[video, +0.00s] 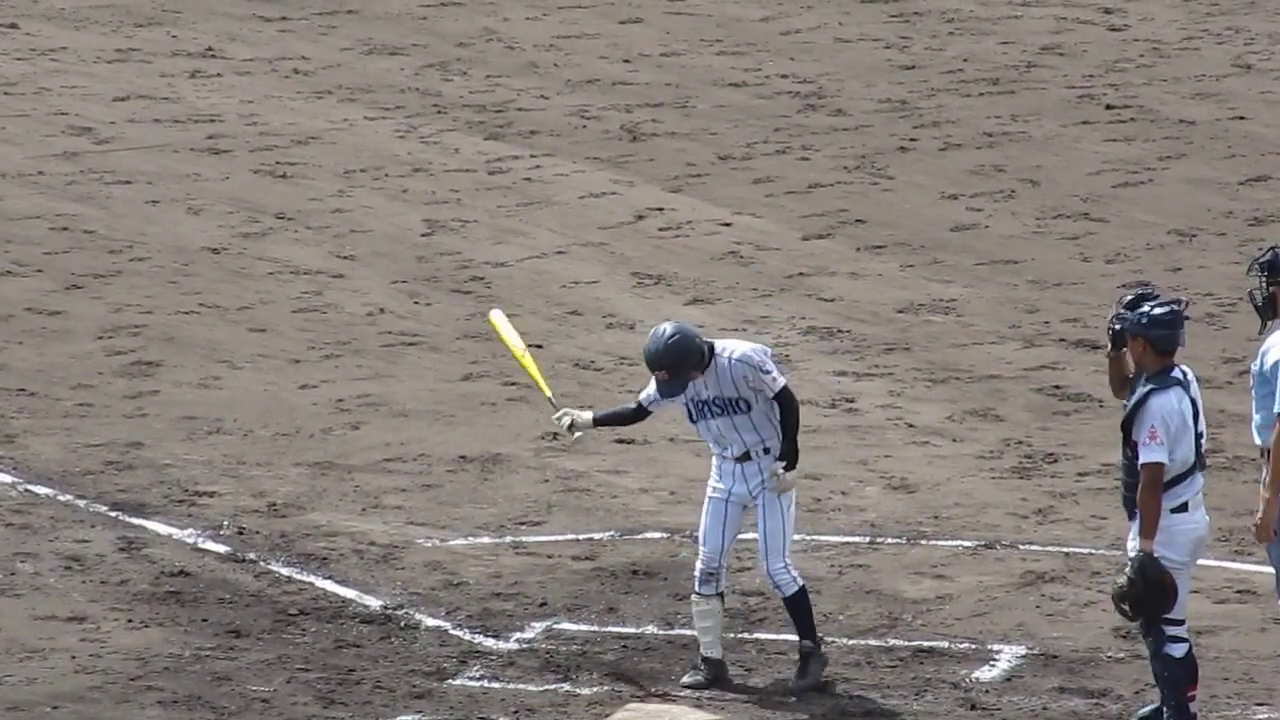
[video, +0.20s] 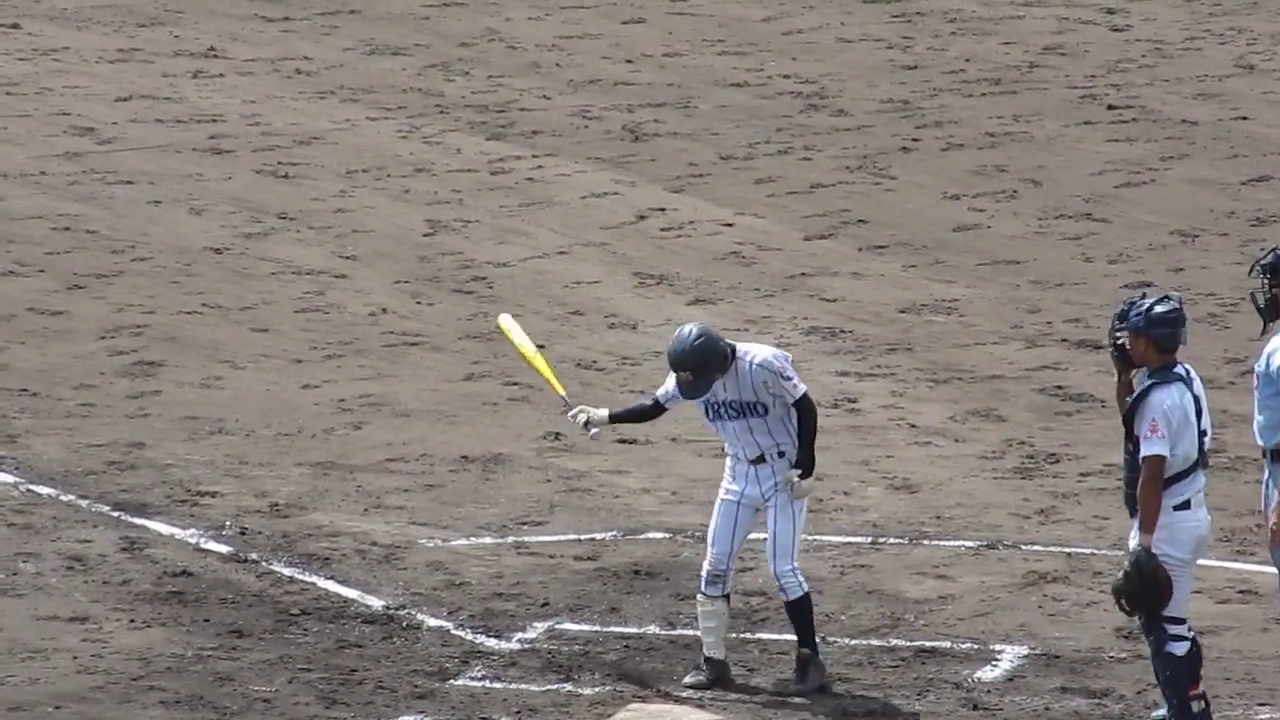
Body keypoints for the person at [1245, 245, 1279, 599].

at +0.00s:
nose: (1264, 291)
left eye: (1267, 283)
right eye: (1265, 282)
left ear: (1274, 292)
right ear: (1275, 292)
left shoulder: (1273, 353)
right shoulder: (1269, 346)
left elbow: (1274, 435)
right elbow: (1269, 435)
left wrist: (1269, 500)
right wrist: (1266, 498)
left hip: (1272, 478)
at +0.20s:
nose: (1265, 294)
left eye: (1269, 285)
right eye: (1266, 285)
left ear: (1277, 293)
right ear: (1276, 293)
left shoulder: (1274, 357)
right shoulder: (1270, 350)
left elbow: (1271, 441)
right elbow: (1267, 439)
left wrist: (1274, 504)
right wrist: (1269, 498)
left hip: (1274, 464)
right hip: (1270, 463)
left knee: (1274, 545)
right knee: (1272, 545)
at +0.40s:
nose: (1264, 294)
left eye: (1268, 286)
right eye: (1264, 286)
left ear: (1276, 293)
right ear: (1274, 293)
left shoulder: (1274, 355)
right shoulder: (1269, 349)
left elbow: (1269, 437)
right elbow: (1267, 434)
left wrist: (1275, 505)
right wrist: (1271, 499)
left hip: (1274, 465)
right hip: (1270, 463)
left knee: (1275, 552)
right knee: (1274, 553)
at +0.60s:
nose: (1259, 296)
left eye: (1265, 288)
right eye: (1260, 288)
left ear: (1276, 295)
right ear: (1272, 295)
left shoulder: (1274, 355)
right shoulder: (1269, 348)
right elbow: (1267, 430)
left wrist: (1275, 509)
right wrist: (1271, 501)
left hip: (1274, 465)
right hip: (1268, 463)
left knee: (1273, 541)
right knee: (1270, 538)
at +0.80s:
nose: (1258, 297)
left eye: (1264, 290)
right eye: (1260, 290)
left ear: (1277, 296)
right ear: (1273, 295)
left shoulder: (1275, 359)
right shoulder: (1270, 352)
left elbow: (1276, 444)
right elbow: (1270, 440)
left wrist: (1275, 508)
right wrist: (1271, 504)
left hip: (1274, 480)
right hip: (1271, 475)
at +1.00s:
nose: (1255, 299)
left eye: (1262, 292)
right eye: (1257, 291)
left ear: (1276, 297)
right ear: (1272, 297)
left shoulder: (1273, 364)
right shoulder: (1269, 354)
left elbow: (1277, 446)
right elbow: (1271, 443)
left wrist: (1274, 512)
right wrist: (1270, 507)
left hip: (1273, 488)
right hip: (1271, 484)